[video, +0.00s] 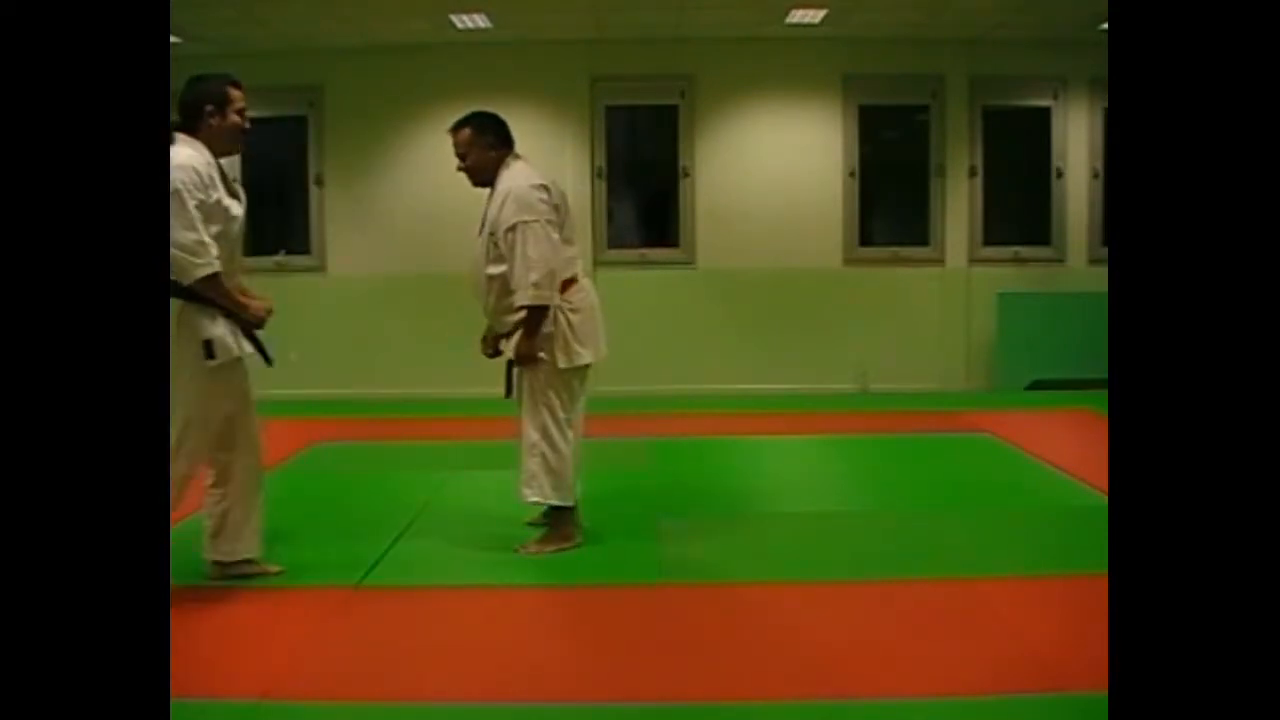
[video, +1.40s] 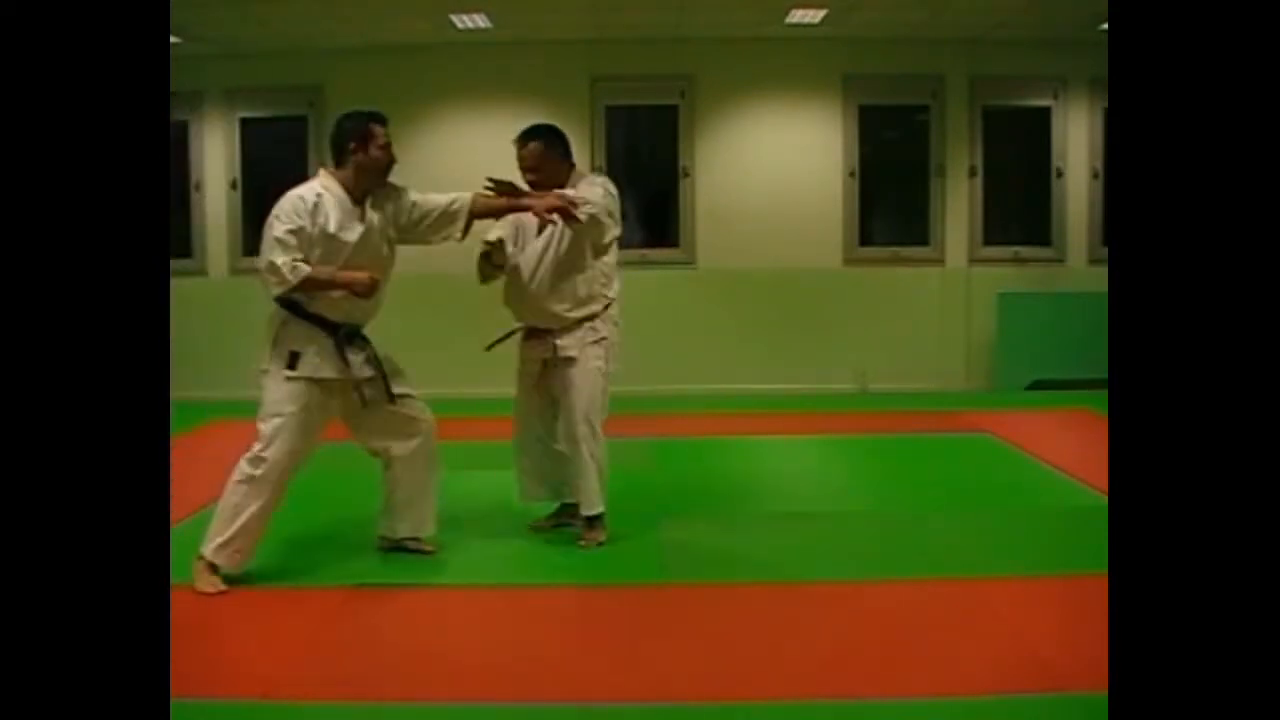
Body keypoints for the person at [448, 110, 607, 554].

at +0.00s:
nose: (460, 166)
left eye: (465, 155)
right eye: (459, 156)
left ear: (493, 149)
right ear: (492, 151)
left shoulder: (521, 193)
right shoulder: (508, 190)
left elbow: (540, 273)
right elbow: (513, 271)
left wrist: (528, 335)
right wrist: (497, 324)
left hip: (554, 326)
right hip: (542, 324)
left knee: (549, 422)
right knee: (547, 420)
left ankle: (563, 520)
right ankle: (559, 511)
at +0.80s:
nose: (488, 164)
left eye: (494, 153)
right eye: (486, 155)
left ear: (521, 150)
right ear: (518, 153)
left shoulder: (544, 190)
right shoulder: (528, 192)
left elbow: (516, 261)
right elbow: (511, 263)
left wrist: (487, 314)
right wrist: (493, 316)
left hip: (566, 316)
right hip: (549, 317)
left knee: (550, 416)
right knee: (546, 415)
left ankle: (562, 518)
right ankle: (559, 509)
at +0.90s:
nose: (493, 166)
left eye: (498, 156)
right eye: (491, 158)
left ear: (528, 153)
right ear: (522, 156)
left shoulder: (550, 193)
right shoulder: (530, 197)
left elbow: (518, 250)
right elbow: (521, 272)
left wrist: (472, 273)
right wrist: (490, 323)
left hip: (572, 319)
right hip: (550, 321)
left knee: (552, 419)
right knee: (545, 416)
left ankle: (560, 521)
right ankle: (567, 506)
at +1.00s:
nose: (500, 168)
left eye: (507, 159)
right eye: (498, 160)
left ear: (535, 154)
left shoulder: (557, 187)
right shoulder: (526, 202)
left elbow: (504, 225)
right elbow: (498, 273)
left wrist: (459, 221)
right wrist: (448, 297)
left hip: (581, 320)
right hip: (552, 325)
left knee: (562, 418)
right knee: (546, 419)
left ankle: (565, 519)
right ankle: (563, 511)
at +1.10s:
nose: (507, 169)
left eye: (514, 159)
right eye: (504, 161)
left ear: (541, 156)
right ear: (516, 160)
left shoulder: (566, 188)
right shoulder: (527, 199)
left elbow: (507, 208)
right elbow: (492, 256)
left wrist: (456, 186)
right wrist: (427, 267)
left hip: (584, 322)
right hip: (548, 328)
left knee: (566, 415)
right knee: (546, 418)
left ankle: (569, 516)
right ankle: (559, 508)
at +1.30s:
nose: (526, 173)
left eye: (532, 163)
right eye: (520, 167)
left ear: (557, 159)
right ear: (517, 169)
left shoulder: (590, 188)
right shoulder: (519, 206)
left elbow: (554, 199)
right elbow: (493, 245)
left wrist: (502, 176)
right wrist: (449, 239)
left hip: (585, 324)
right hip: (538, 329)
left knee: (572, 411)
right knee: (541, 419)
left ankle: (592, 511)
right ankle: (568, 505)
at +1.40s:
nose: (529, 179)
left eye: (535, 169)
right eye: (524, 171)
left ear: (560, 161)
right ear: (520, 171)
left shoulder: (597, 190)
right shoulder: (519, 212)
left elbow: (581, 215)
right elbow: (489, 271)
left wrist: (523, 199)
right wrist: (491, 252)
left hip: (585, 330)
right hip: (538, 333)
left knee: (579, 425)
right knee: (540, 426)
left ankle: (593, 514)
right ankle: (567, 504)